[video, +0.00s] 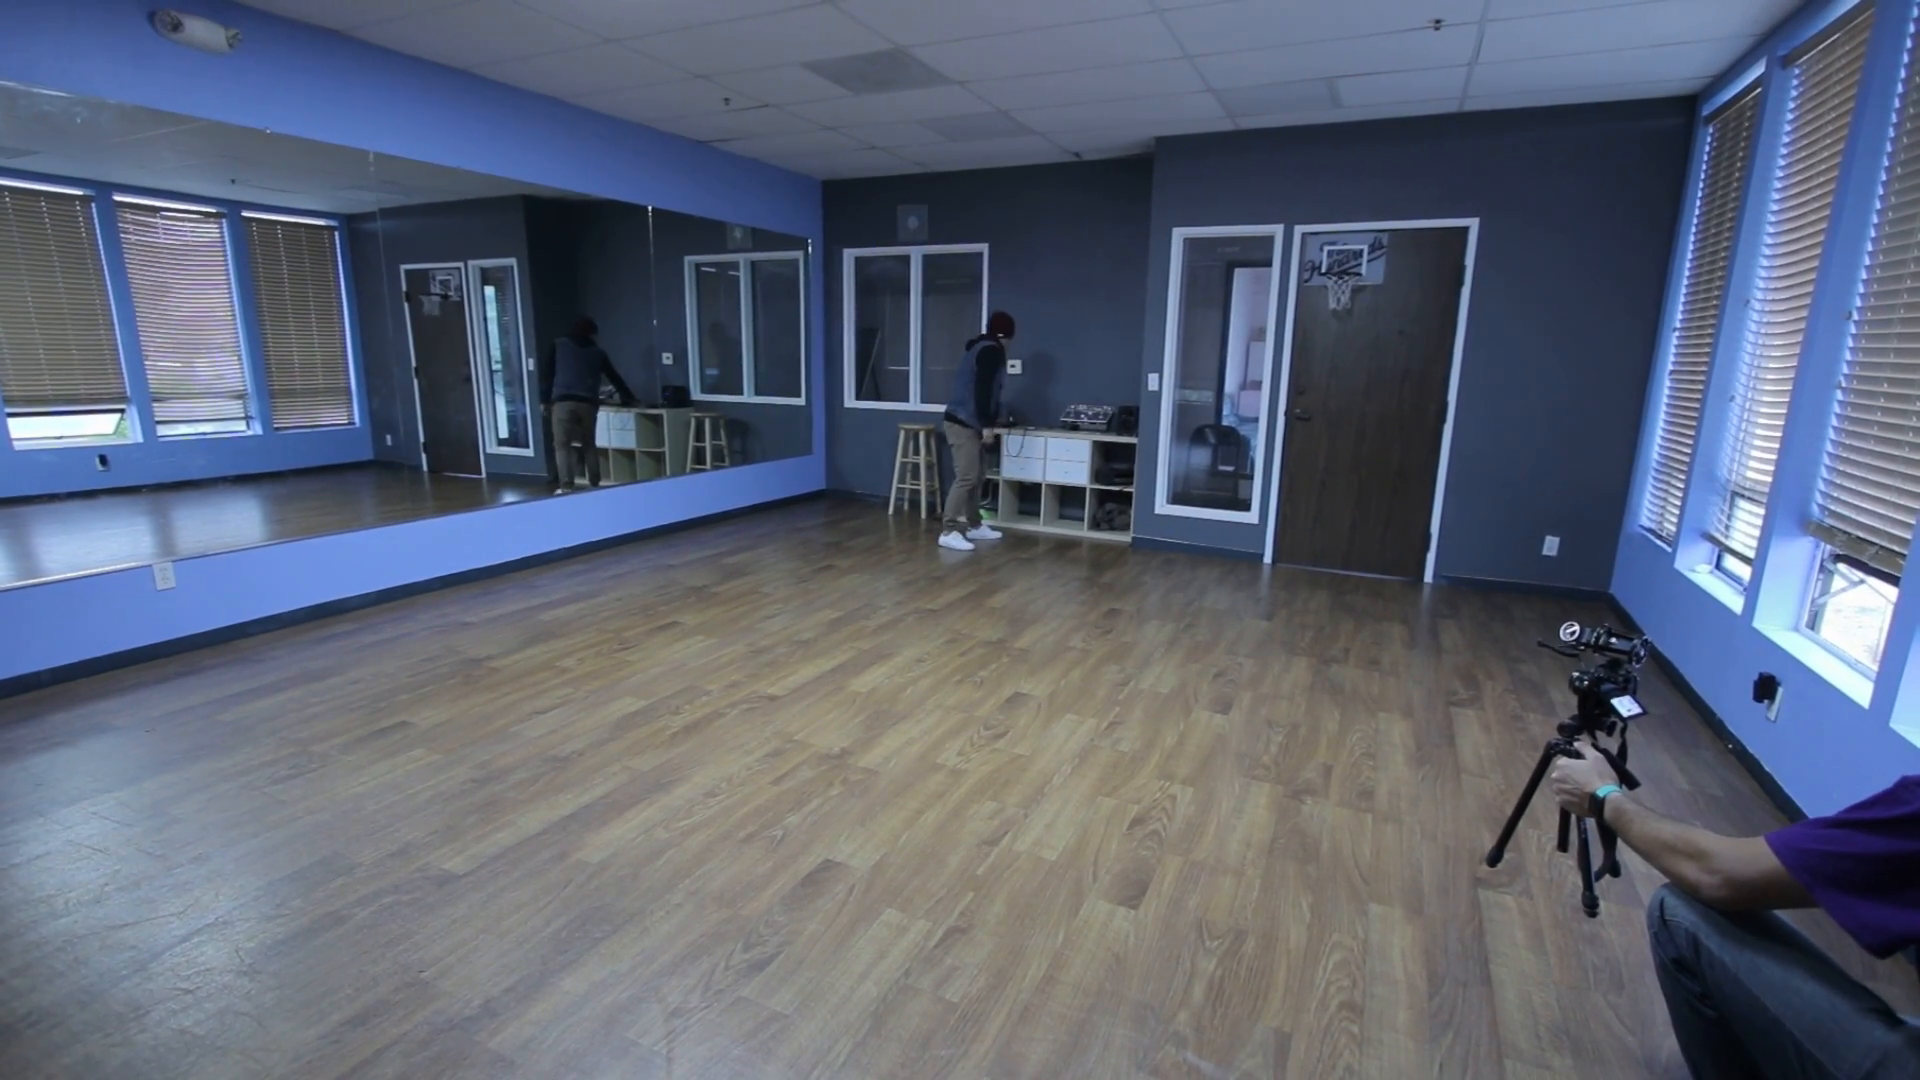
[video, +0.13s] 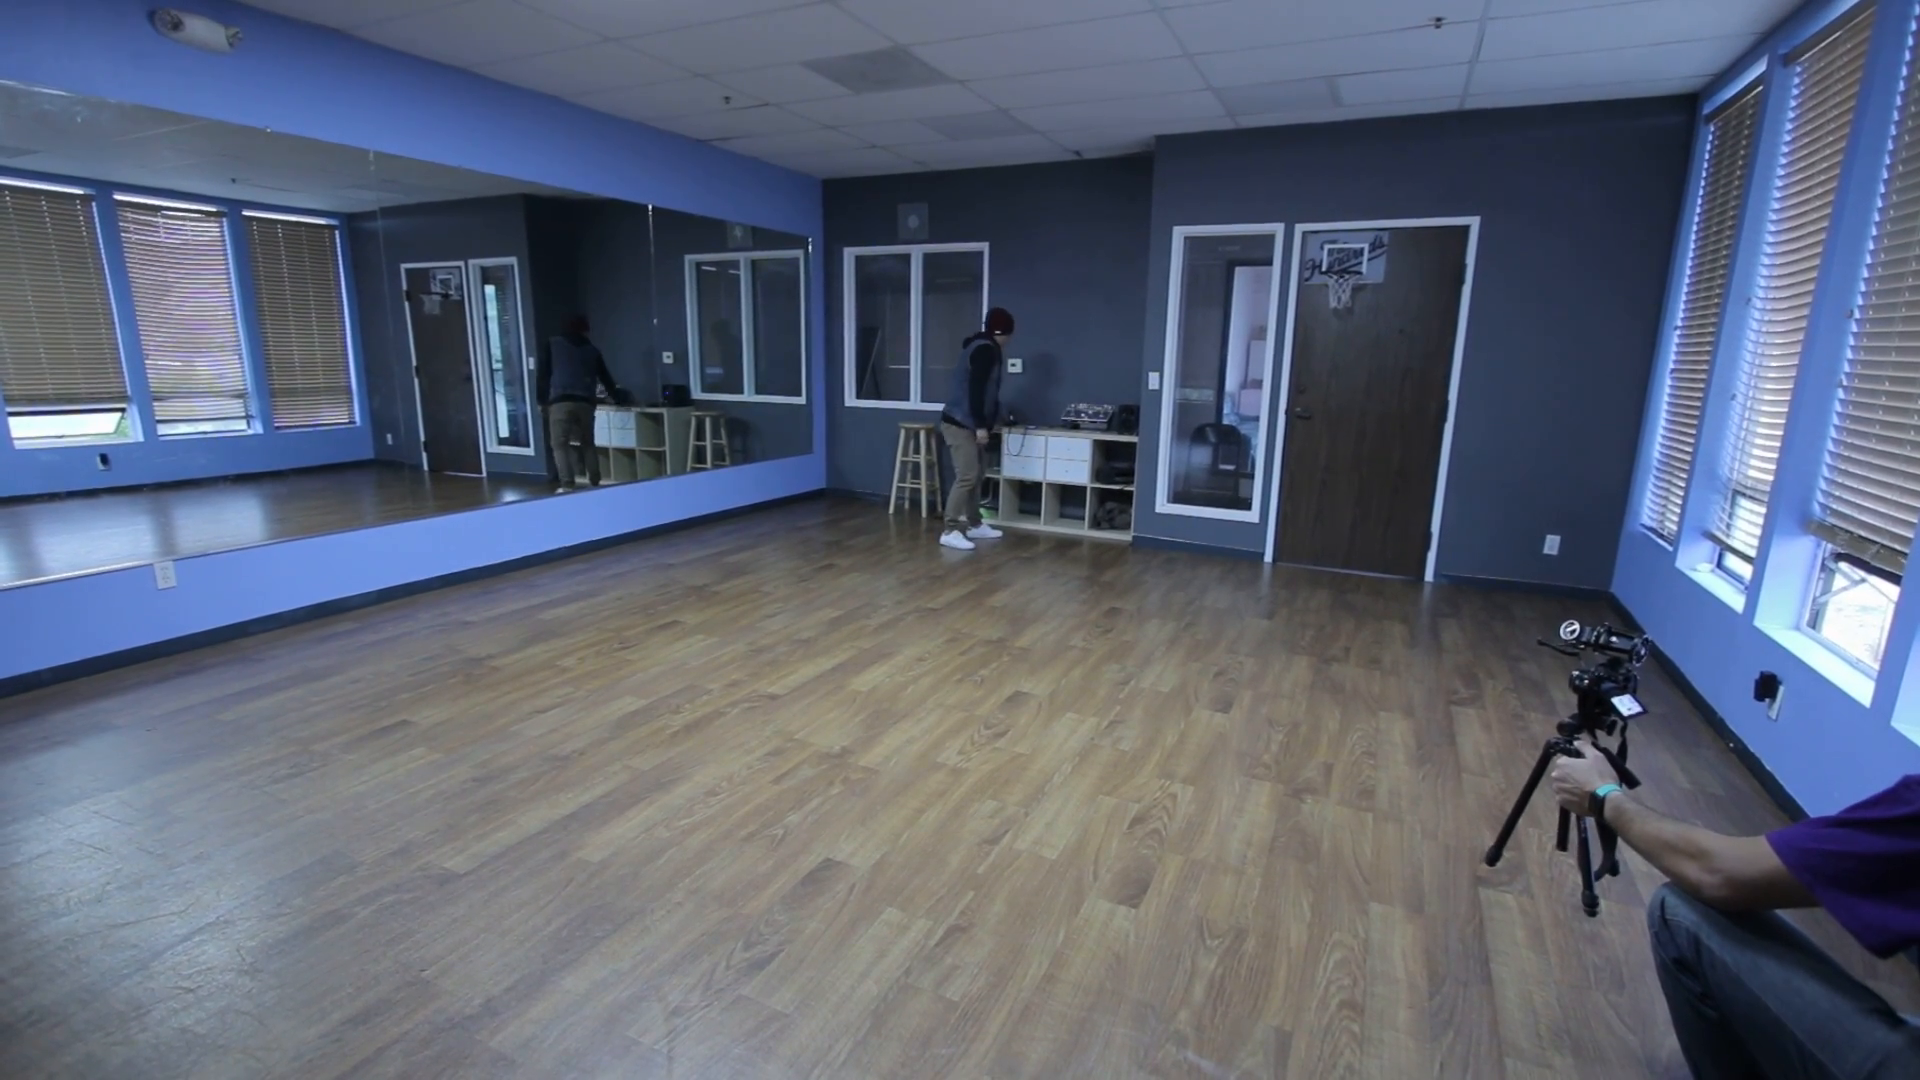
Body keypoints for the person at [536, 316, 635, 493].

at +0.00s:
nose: (594, 336)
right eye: (593, 333)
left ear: (573, 329)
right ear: (593, 333)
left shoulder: (558, 345)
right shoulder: (597, 352)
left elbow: (547, 373)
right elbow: (614, 378)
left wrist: (544, 400)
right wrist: (628, 399)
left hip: (563, 401)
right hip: (588, 402)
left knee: (562, 444)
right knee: (589, 444)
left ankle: (566, 485)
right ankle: (594, 484)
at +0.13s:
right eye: (585, 329)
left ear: (565, 327)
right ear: (585, 329)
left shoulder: (553, 344)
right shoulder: (591, 349)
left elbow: (543, 373)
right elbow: (605, 379)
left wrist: (542, 400)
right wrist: (619, 399)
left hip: (560, 400)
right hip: (586, 401)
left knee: (559, 444)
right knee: (587, 442)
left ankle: (566, 484)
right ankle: (594, 481)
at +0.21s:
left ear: (557, 328)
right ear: (579, 329)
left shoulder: (547, 346)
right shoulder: (585, 348)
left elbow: (540, 375)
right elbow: (598, 379)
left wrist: (539, 402)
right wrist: (606, 404)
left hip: (558, 402)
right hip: (583, 401)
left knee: (556, 447)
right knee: (587, 444)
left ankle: (566, 485)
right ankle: (595, 483)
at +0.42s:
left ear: (542, 328)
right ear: (563, 327)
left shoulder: (537, 347)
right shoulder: (572, 345)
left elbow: (532, 377)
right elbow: (581, 374)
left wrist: (529, 404)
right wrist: (580, 396)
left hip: (553, 404)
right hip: (578, 402)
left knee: (551, 449)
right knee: (584, 445)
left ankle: (566, 486)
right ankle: (595, 483)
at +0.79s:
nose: (525, 332)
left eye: (526, 329)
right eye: (525, 328)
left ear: (529, 329)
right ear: (545, 325)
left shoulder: (530, 350)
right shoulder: (558, 343)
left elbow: (529, 382)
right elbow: (567, 375)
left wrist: (528, 410)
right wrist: (571, 398)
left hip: (547, 406)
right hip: (568, 403)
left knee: (549, 451)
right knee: (569, 448)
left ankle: (565, 488)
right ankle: (578, 484)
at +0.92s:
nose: (521, 328)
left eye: (522, 323)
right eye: (521, 324)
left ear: (529, 323)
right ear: (541, 321)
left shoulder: (532, 344)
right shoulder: (554, 337)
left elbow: (531, 377)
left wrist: (528, 406)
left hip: (547, 402)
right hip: (563, 397)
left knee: (553, 446)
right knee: (556, 445)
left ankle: (563, 484)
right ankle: (560, 480)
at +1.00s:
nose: (520, 327)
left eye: (522, 323)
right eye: (520, 323)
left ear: (530, 323)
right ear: (539, 321)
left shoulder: (533, 344)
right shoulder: (553, 338)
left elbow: (532, 376)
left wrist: (527, 404)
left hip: (546, 402)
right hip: (560, 398)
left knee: (553, 447)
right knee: (550, 445)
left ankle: (567, 487)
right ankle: (549, 483)